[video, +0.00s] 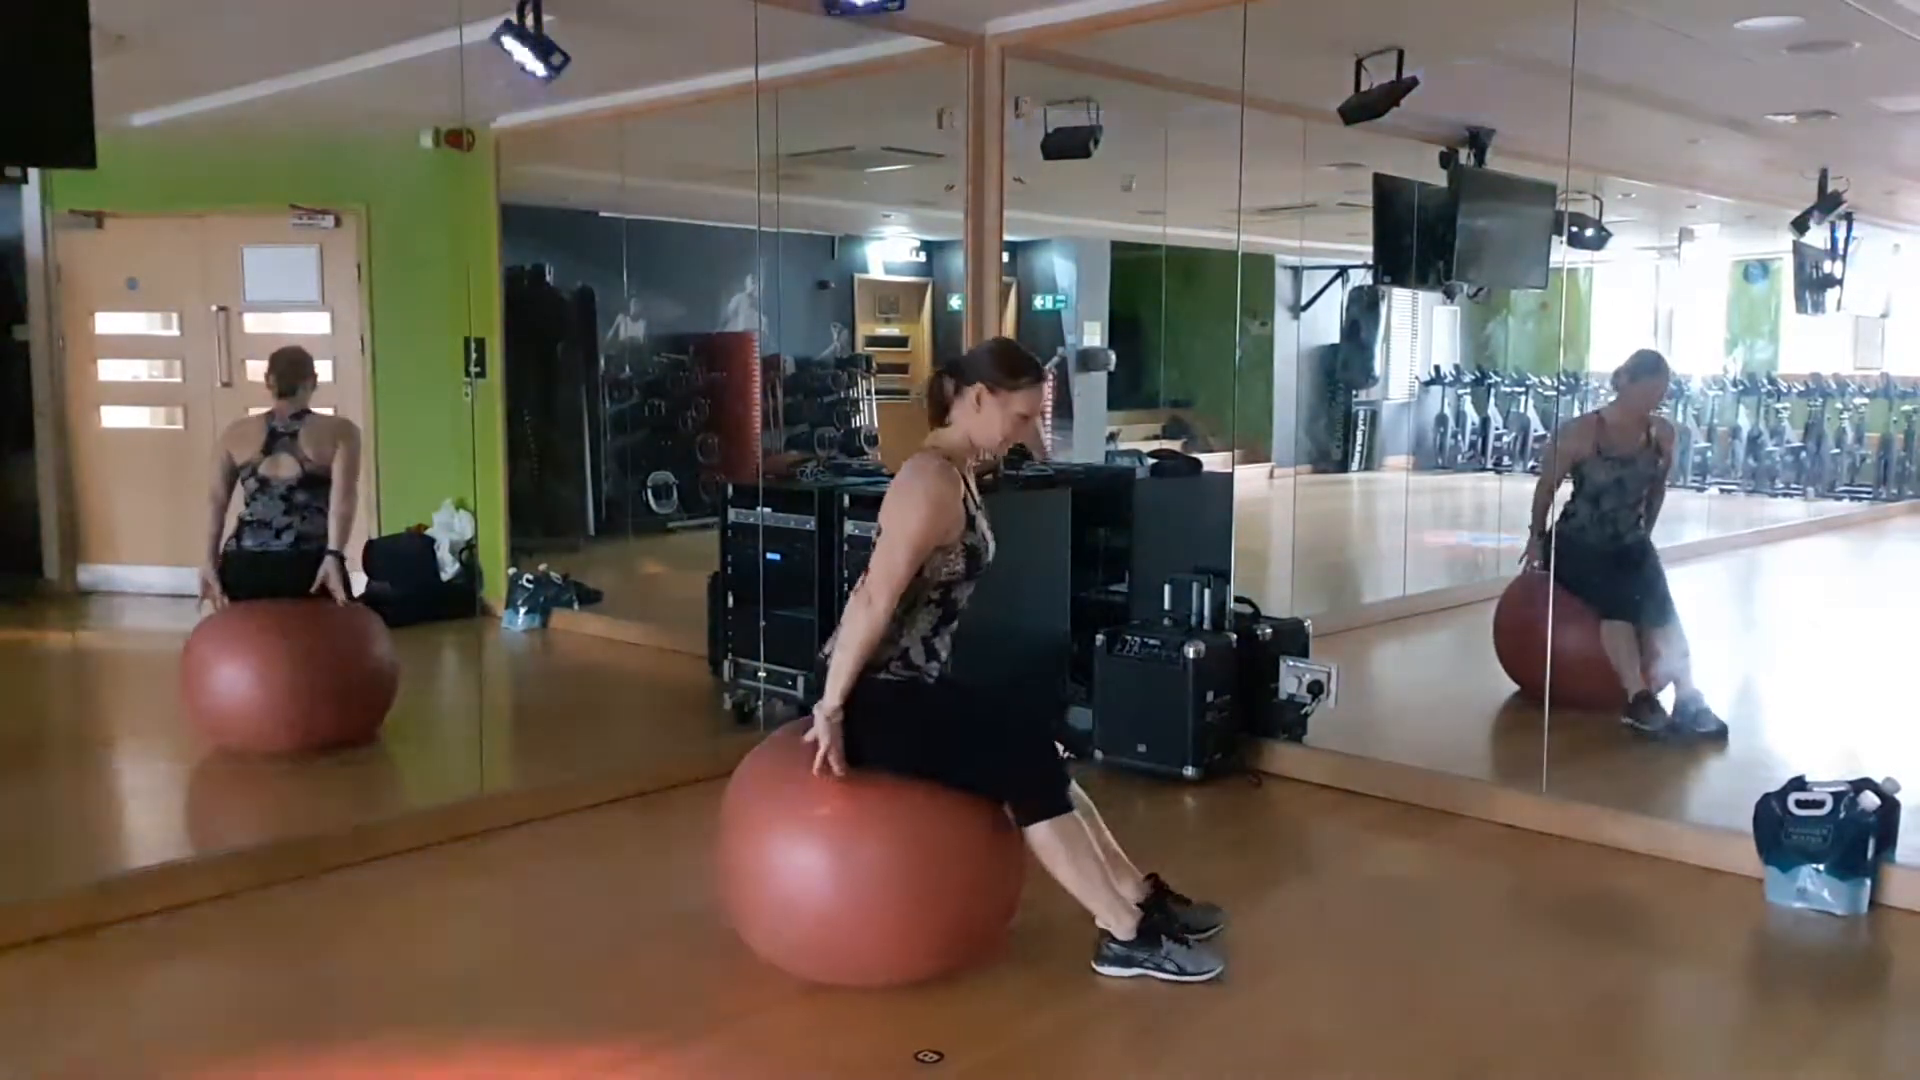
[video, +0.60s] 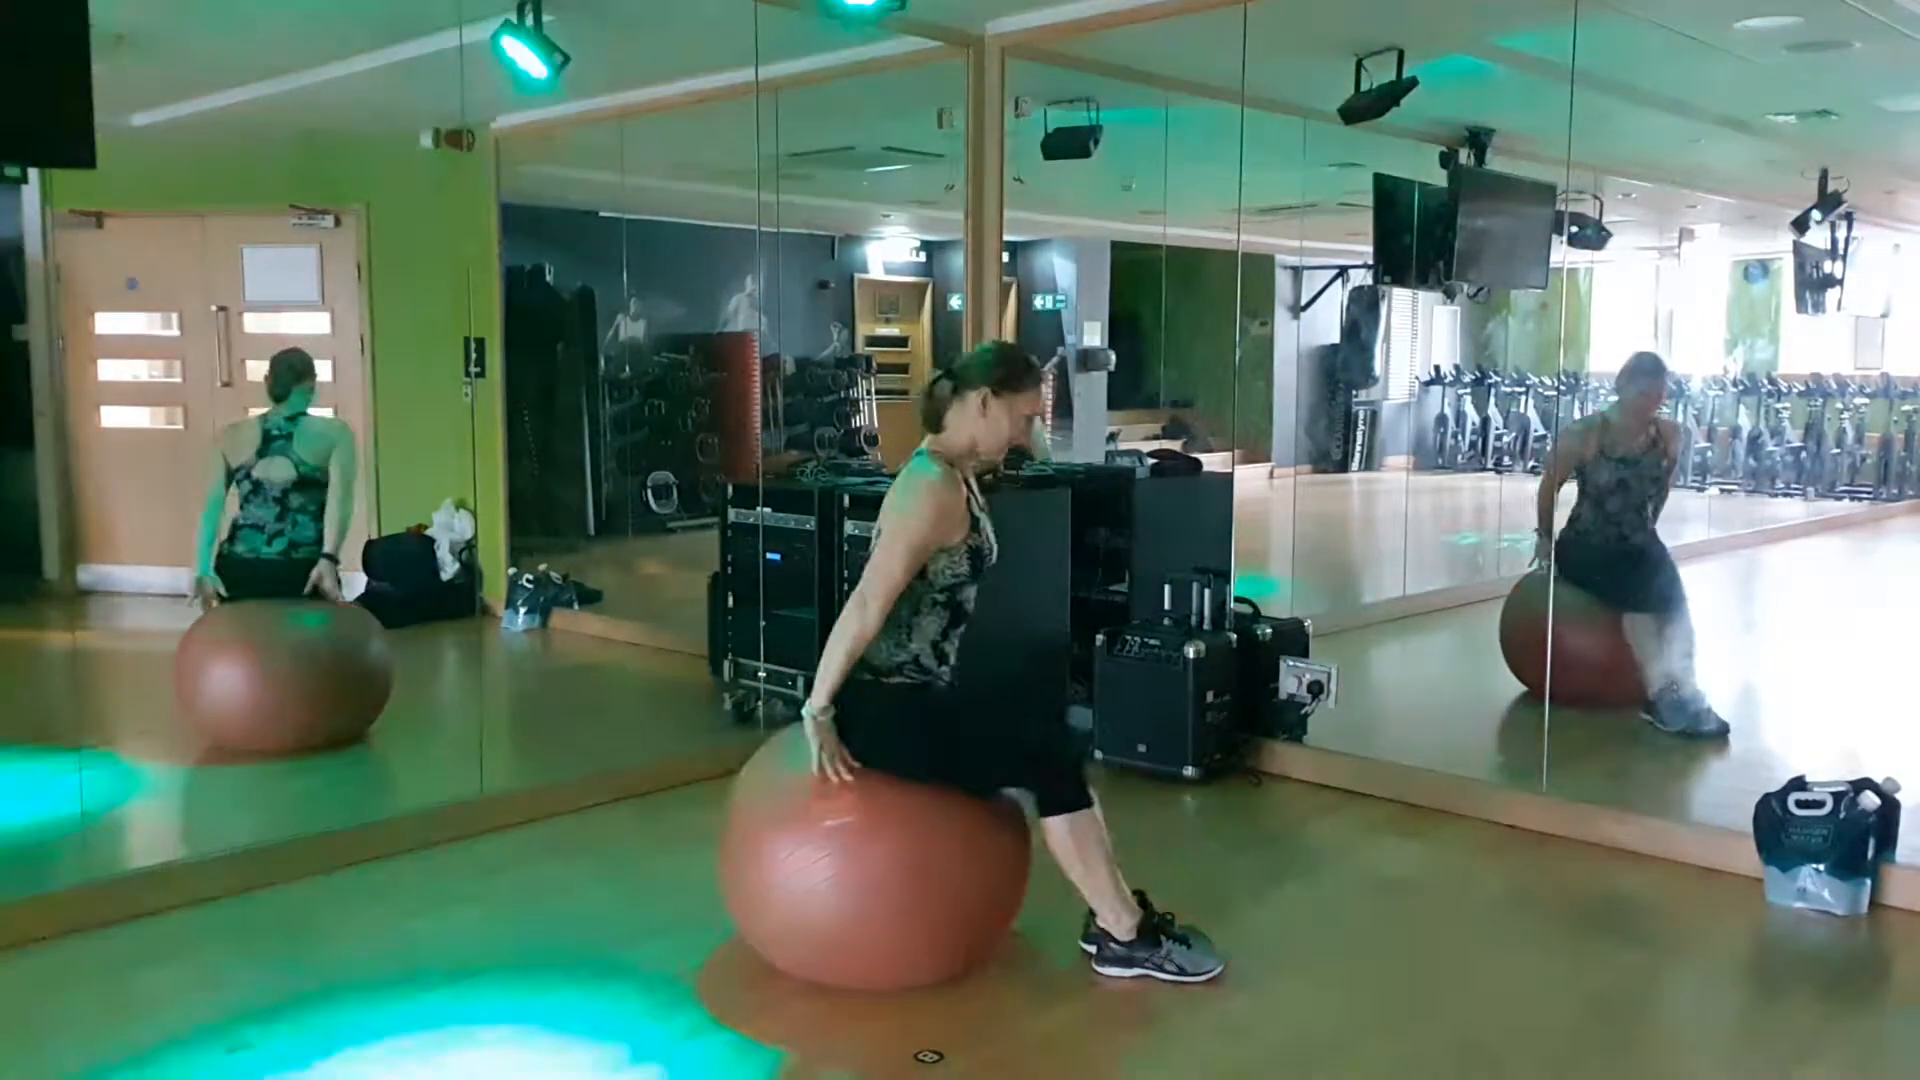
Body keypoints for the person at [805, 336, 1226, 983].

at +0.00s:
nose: (1024, 432)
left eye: (1029, 419)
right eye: (1020, 416)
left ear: (981, 401)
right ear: (976, 398)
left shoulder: (953, 477)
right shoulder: (930, 482)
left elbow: (889, 595)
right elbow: (874, 597)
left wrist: (836, 697)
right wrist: (832, 706)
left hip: (909, 690)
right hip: (877, 703)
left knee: (1039, 746)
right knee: (1025, 763)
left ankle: (1139, 898)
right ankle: (1121, 931)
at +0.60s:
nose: (1026, 437)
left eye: (1030, 422)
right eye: (1023, 419)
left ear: (980, 404)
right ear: (981, 404)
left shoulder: (952, 481)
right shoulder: (930, 492)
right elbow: (868, 604)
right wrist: (818, 707)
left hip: (912, 697)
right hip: (886, 712)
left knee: (1051, 740)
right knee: (1047, 757)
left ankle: (1117, 912)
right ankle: (1122, 929)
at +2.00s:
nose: (988, 492)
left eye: (989, 477)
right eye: (979, 478)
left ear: (937, 480)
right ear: (934, 479)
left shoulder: (949, 550)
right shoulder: (945, 562)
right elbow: (980, 685)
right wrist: (1054, 778)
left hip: (1096, 715)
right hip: (1085, 735)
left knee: (1268, 733)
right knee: (1277, 747)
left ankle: (1276, 919)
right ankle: (1430, 897)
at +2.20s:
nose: (982, 516)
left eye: (981, 503)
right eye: (970, 504)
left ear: (934, 511)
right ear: (927, 510)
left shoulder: (957, 577)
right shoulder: (941, 591)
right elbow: (998, 713)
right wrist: (1080, 786)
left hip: (1120, 716)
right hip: (1099, 742)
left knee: (1300, 736)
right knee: (1288, 786)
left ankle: (1277, 925)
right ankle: (1441, 933)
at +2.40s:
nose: (969, 548)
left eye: (966, 534)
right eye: (954, 538)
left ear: (926, 550)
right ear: (908, 554)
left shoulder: (960, 608)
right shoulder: (936, 628)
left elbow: (1044, 690)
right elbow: (1008, 733)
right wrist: (1102, 791)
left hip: (1133, 719)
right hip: (1114, 747)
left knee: (1319, 742)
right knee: (1305, 785)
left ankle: (1281, 919)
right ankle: (1450, 946)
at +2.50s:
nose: (958, 557)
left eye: (952, 544)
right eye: (942, 549)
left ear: (919, 565)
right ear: (899, 574)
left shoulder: (956, 620)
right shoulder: (933, 643)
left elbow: (1045, 691)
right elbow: (1008, 737)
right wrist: (1111, 791)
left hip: (1145, 720)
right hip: (1128, 751)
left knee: (1327, 733)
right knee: (1320, 780)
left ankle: (1290, 911)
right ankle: (1453, 946)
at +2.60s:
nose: (951, 567)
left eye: (945, 555)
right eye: (934, 561)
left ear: (919, 577)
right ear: (891, 589)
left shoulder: (957, 628)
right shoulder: (932, 657)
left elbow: (1045, 691)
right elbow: (1014, 739)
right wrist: (1119, 790)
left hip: (1152, 714)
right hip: (1136, 751)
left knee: (1335, 717)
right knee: (1329, 781)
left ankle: (1305, 890)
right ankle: (1452, 946)